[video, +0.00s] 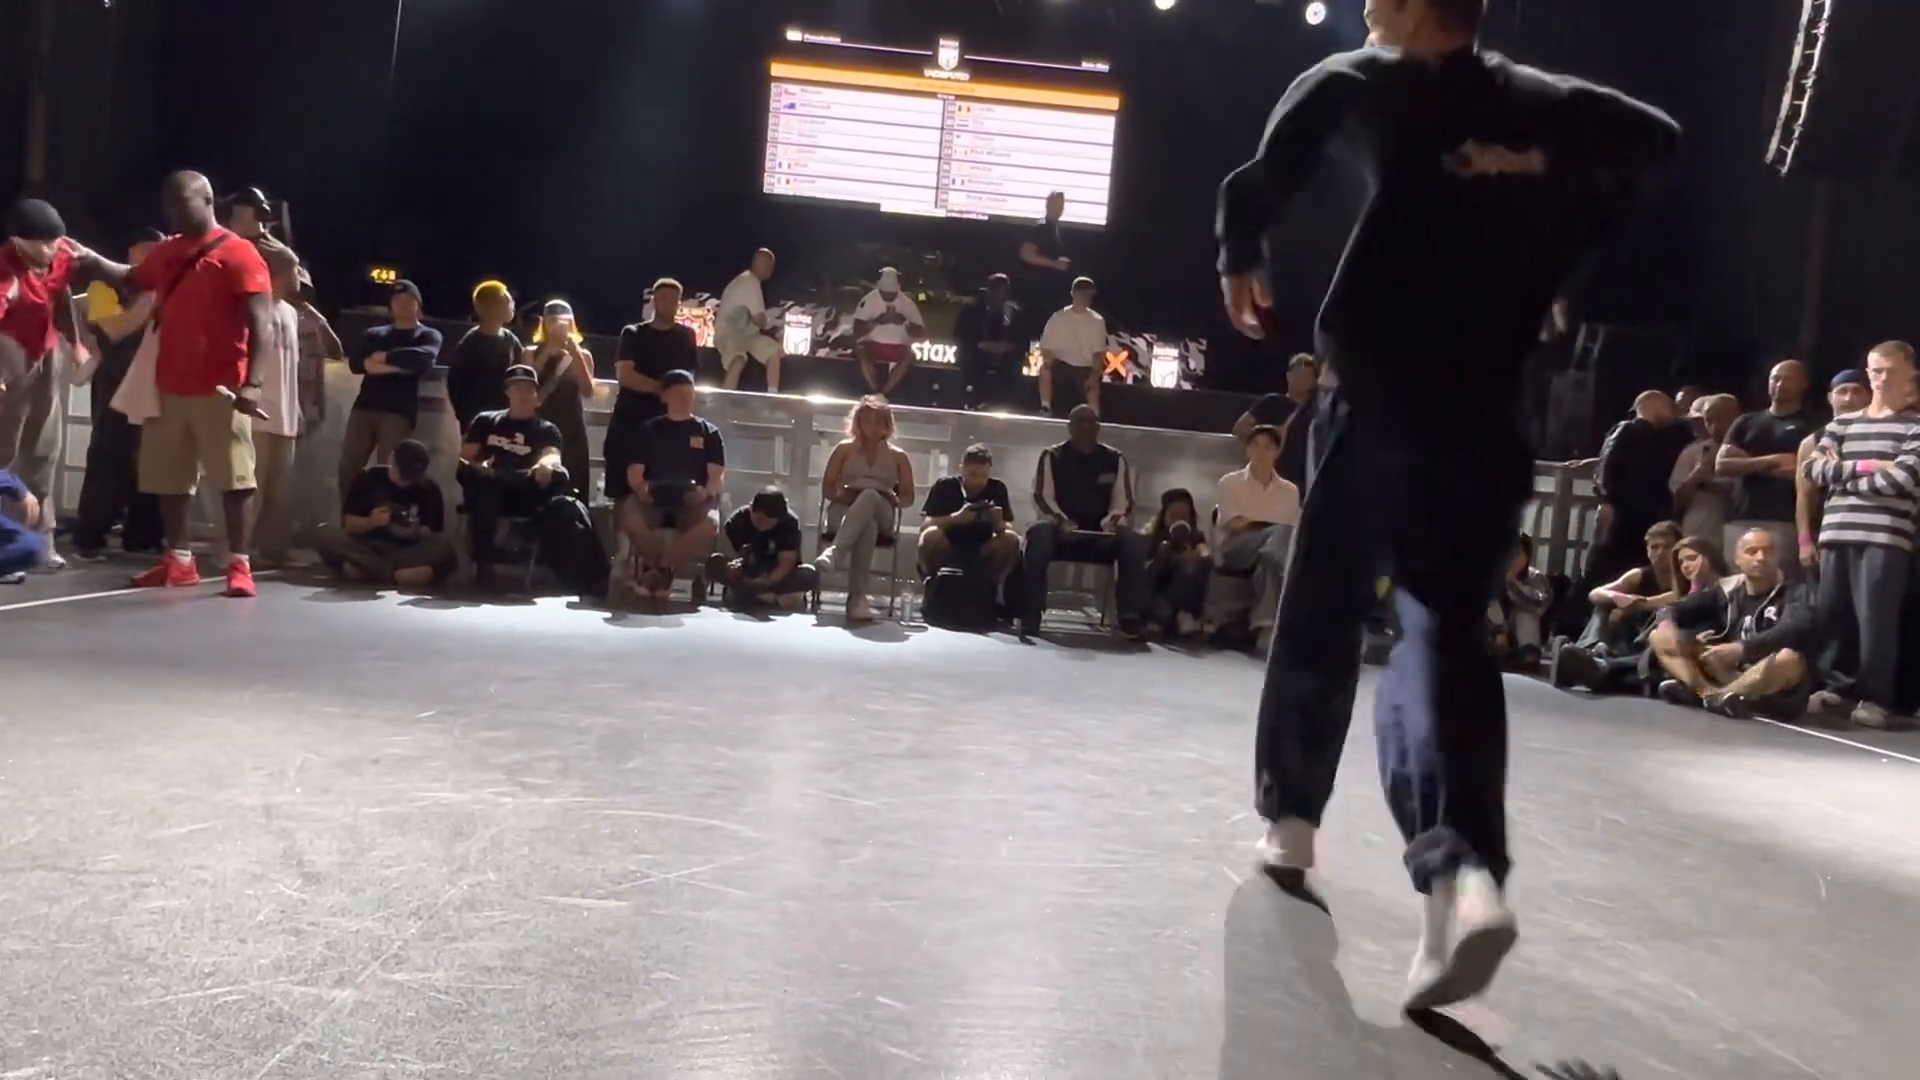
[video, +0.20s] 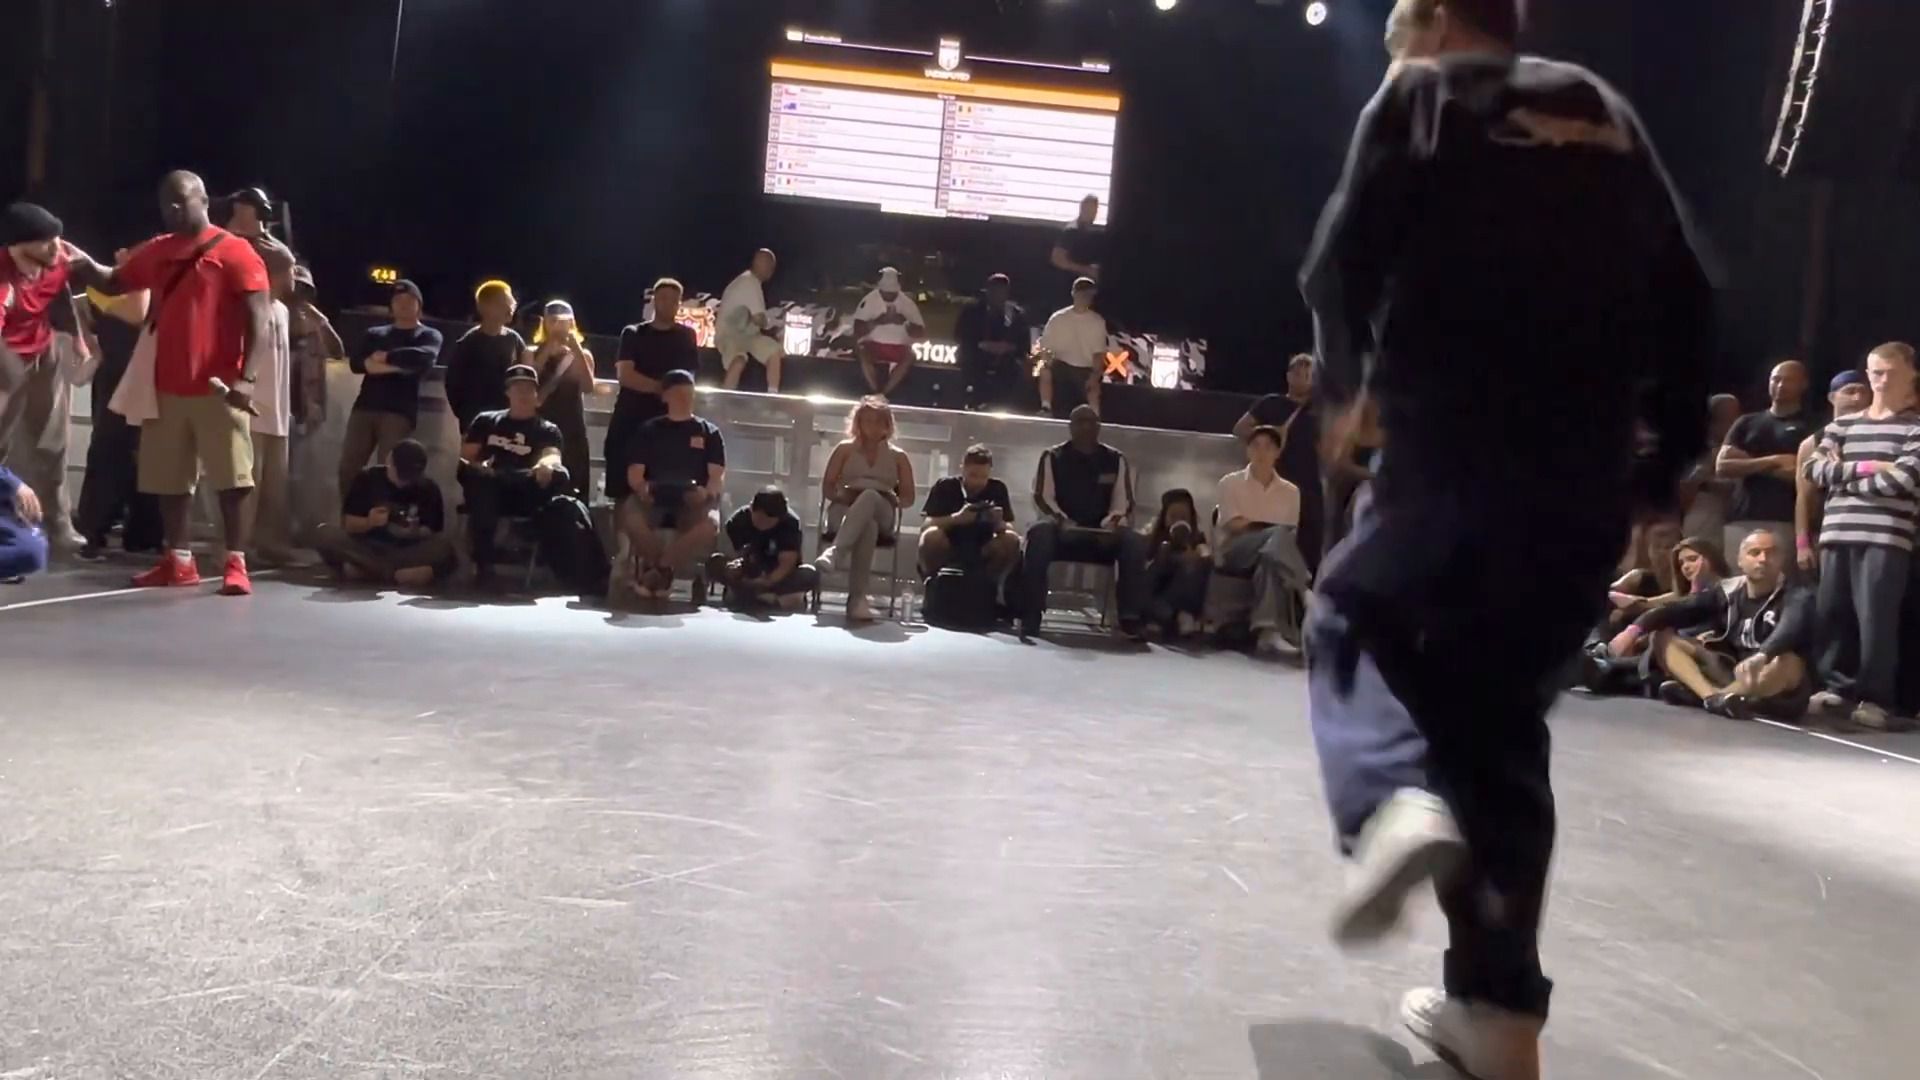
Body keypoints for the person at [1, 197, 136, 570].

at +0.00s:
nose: (54, 248)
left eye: (56, 240)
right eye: (46, 242)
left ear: (57, 237)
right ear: (21, 241)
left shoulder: (62, 253)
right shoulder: (8, 266)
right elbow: (5, 308)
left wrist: (76, 341)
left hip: (50, 357)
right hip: (11, 360)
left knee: (45, 450)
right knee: (8, 452)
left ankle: (41, 542)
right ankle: (8, 547)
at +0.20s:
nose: (46, 262)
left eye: (50, 253)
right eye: (37, 257)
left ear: (56, 241)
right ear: (13, 249)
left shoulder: (60, 258)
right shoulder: (6, 275)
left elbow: (68, 298)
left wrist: (79, 334)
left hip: (47, 352)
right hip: (9, 357)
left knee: (52, 440)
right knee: (7, 443)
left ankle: (59, 526)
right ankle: (9, 526)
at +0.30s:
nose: (48, 260)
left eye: (52, 251)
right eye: (40, 253)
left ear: (54, 243)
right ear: (16, 245)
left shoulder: (56, 263)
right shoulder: (4, 271)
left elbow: (63, 297)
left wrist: (78, 334)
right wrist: (7, 300)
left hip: (46, 348)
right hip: (8, 352)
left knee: (56, 436)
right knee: (8, 437)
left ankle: (63, 517)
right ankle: (11, 515)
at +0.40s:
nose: (52, 250)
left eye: (56, 241)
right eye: (45, 242)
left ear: (53, 236)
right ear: (20, 236)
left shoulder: (57, 261)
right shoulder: (5, 268)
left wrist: (75, 336)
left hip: (46, 352)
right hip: (8, 355)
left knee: (57, 438)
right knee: (10, 440)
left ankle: (66, 522)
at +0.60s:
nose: (73, 205)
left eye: (70, 198)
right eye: (65, 199)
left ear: (49, 209)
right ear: (44, 207)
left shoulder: (63, 249)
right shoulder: (8, 253)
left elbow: (60, 300)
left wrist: (73, 342)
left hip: (49, 355)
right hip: (9, 361)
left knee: (62, 444)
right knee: (6, 449)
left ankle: (70, 526)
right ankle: (7, 531)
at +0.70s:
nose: (78, 196)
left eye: (75, 190)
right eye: (70, 190)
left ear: (51, 199)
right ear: (45, 197)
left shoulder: (65, 247)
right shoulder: (10, 240)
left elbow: (61, 302)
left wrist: (75, 346)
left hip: (50, 355)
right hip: (11, 357)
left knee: (61, 444)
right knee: (11, 447)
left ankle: (66, 535)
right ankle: (10, 537)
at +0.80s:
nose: (80, 192)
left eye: (78, 185)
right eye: (72, 185)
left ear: (52, 194)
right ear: (46, 192)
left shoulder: (65, 245)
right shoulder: (10, 235)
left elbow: (63, 304)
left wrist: (80, 353)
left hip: (49, 353)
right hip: (11, 354)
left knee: (55, 447)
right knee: (12, 450)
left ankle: (59, 541)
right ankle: (10, 542)